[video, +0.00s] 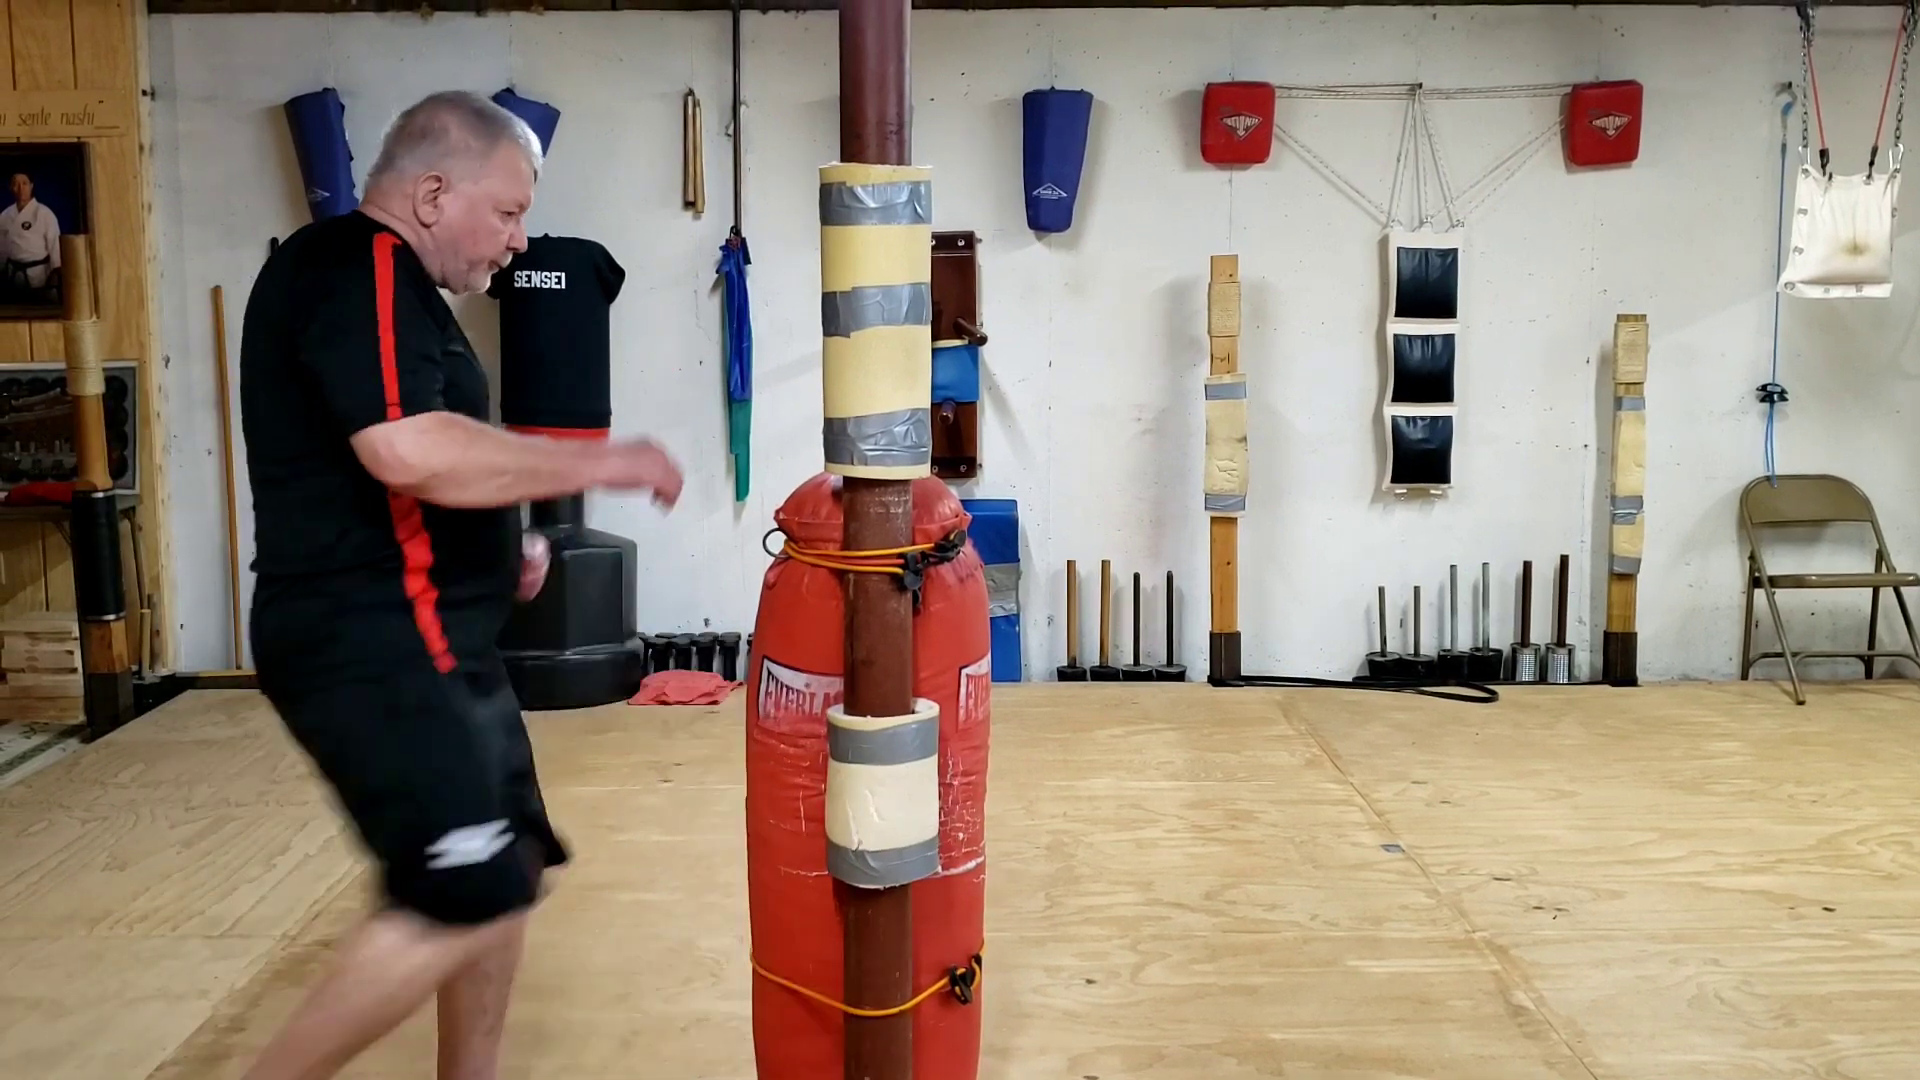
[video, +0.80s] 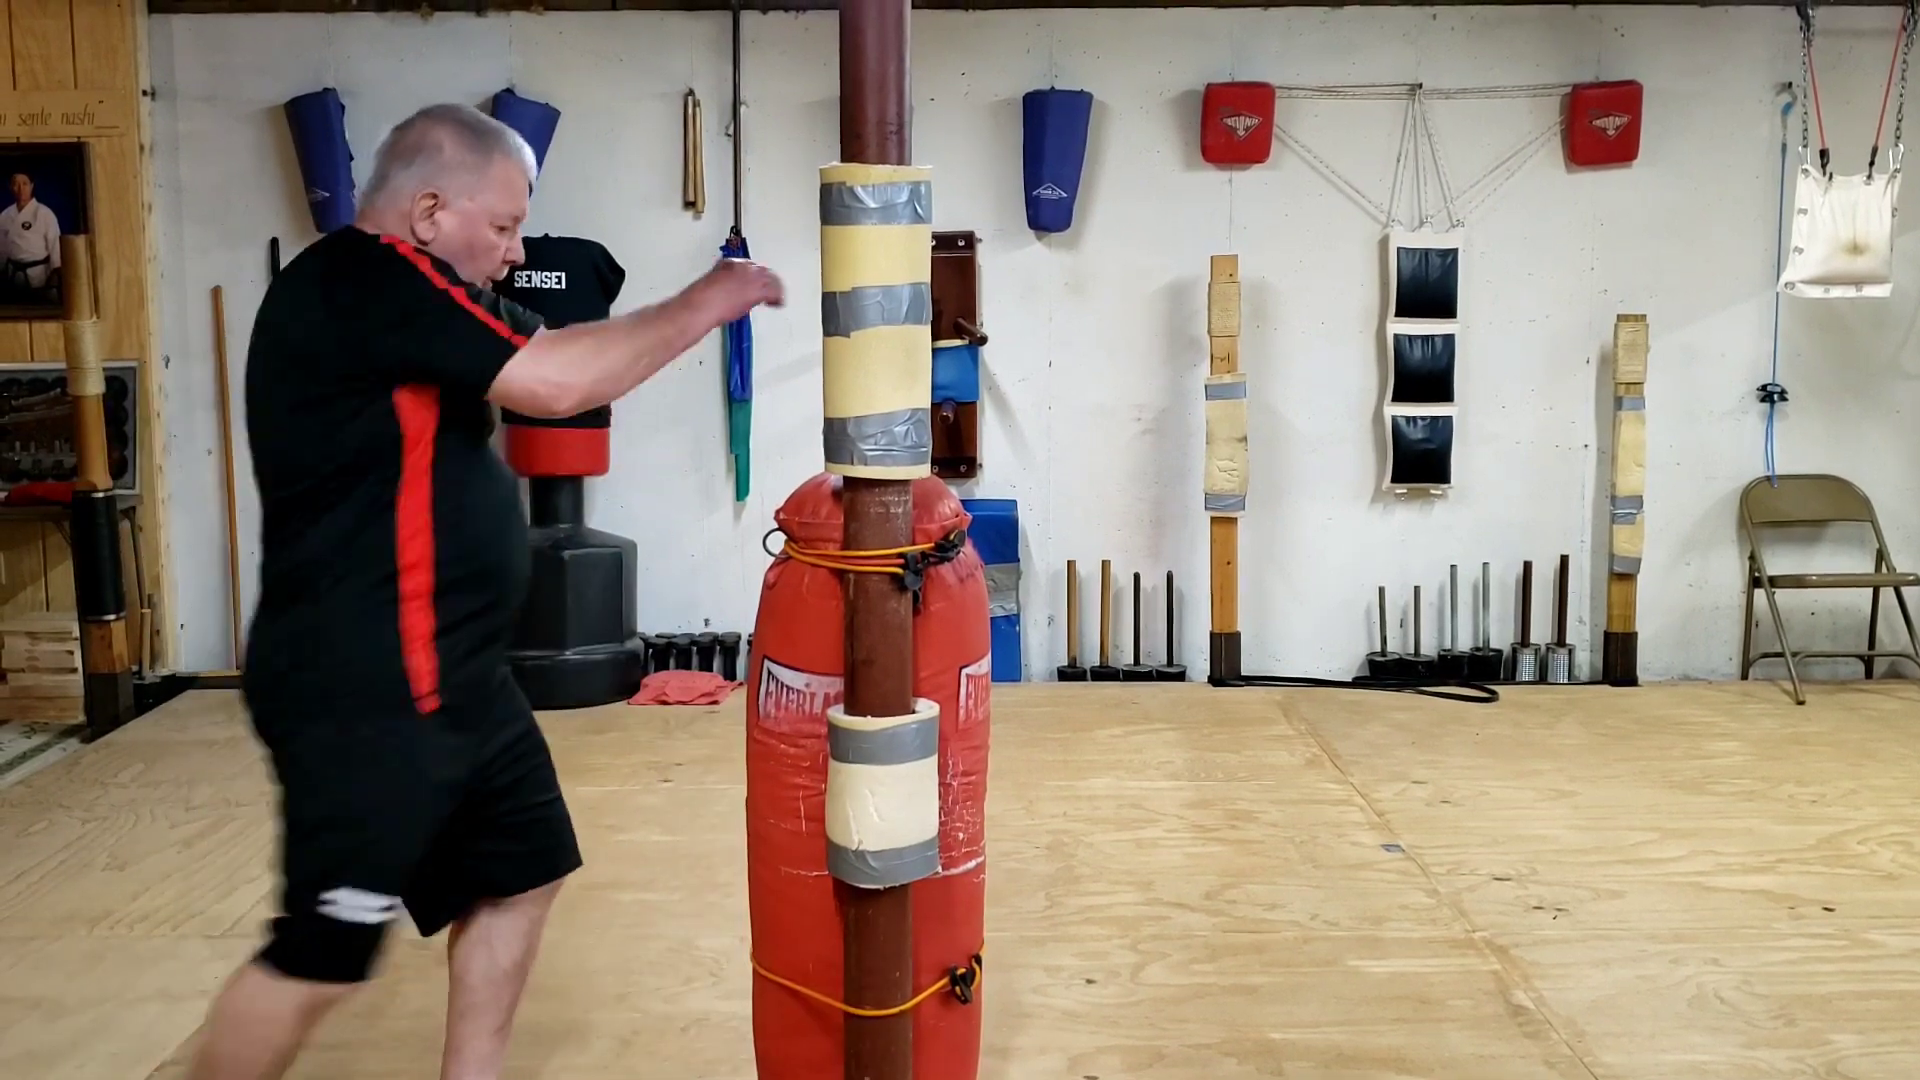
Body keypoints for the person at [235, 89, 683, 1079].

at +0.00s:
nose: (518, 242)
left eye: (523, 219)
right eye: (508, 214)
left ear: (431, 201)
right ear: (430, 196)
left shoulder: (392, 278)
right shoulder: (348, 266)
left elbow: (410, 460)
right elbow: (403, 449)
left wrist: (500, 537)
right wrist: (601, 463)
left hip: (433, 626)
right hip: (356, 635)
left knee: (505, 864)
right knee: (465, 880)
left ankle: (468, 1074)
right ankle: (270, 1074)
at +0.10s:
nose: (512, 255)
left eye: (514, 232)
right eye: (498, 228)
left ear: (416, 221)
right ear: (415, 218)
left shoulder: (377, 296)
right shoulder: (329, 287)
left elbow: (344, 502)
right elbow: (422, 465)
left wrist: (464, 582)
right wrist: (599, 422)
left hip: (433, 675)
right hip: (320, 689)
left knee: (515, 867)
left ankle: (472, 1075)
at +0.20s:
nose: (487, 275)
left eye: (492, 250)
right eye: (470, 250)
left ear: (389, 245)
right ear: (383, 239)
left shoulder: (391, 323)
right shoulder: (279, 312)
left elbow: (395, 489)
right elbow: (352, 499)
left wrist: (476, 543)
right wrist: (525, 428)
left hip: (414, 678)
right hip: (283, 694)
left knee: (513, 870)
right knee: (253, 962)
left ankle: (470, 1074)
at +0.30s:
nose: (468, 259)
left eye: (474, 235)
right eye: (449, 235)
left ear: (372, 227)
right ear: (360, 223)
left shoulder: (405, 313)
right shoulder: (242, 308)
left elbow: (404, 468)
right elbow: (209, 521)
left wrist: (500, 440)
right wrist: (427, 494)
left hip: (409, 671)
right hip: (271, 694)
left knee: (501, 867)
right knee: (232, 964)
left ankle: (467, 1074)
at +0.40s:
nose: (469, 258)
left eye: (474, 233)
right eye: (452, 232)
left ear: (369, 226)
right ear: (361, 223)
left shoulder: (427, 316)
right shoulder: (222, 318)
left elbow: (520, 401)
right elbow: (119, 505)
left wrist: (605, 349)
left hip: (404, 672)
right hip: (261, 695)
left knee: (495, 857)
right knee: (252, 956)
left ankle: (468, 1073)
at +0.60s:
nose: (494, 259)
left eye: (498, 235)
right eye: (480, 234)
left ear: (405, 226)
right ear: (396, 220)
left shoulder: (415, 315)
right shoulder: (274, 305)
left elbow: (472, 452)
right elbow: (182, 500)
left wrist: (563, 432)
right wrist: (388, 556)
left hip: (400, 668)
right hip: (279, 681)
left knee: (488, 851)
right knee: (248, 949)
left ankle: (465, 1072)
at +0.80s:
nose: (516, 252)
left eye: (518, 231)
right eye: (504, 227)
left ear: (430, 211)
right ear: (430, 208)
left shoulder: (412, 286)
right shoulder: (359, 283)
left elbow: (544, 370)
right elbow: (553, 379)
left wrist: (686, 313)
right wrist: (702, 306)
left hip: (455, 663)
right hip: (356, 676)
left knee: (517, 869)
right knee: (326, 945)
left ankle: (470, 1073)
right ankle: (198, 1070)